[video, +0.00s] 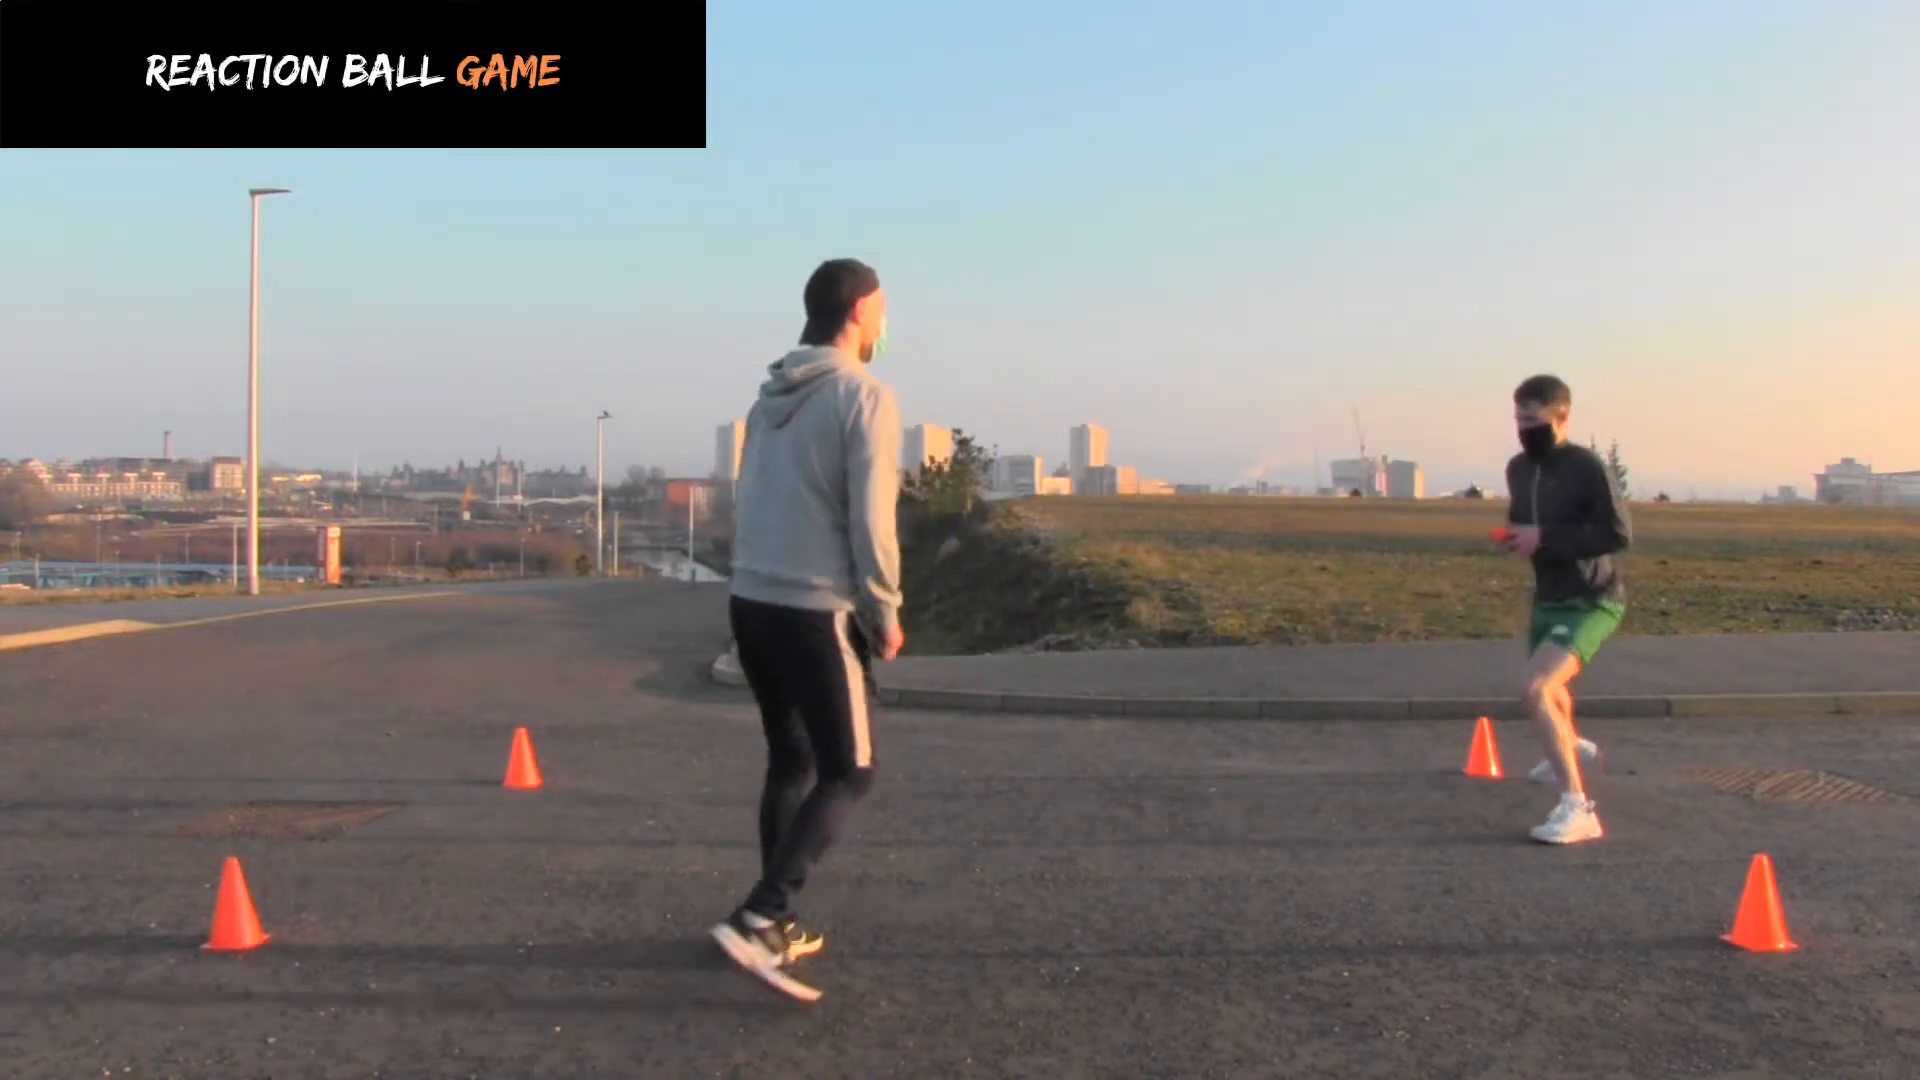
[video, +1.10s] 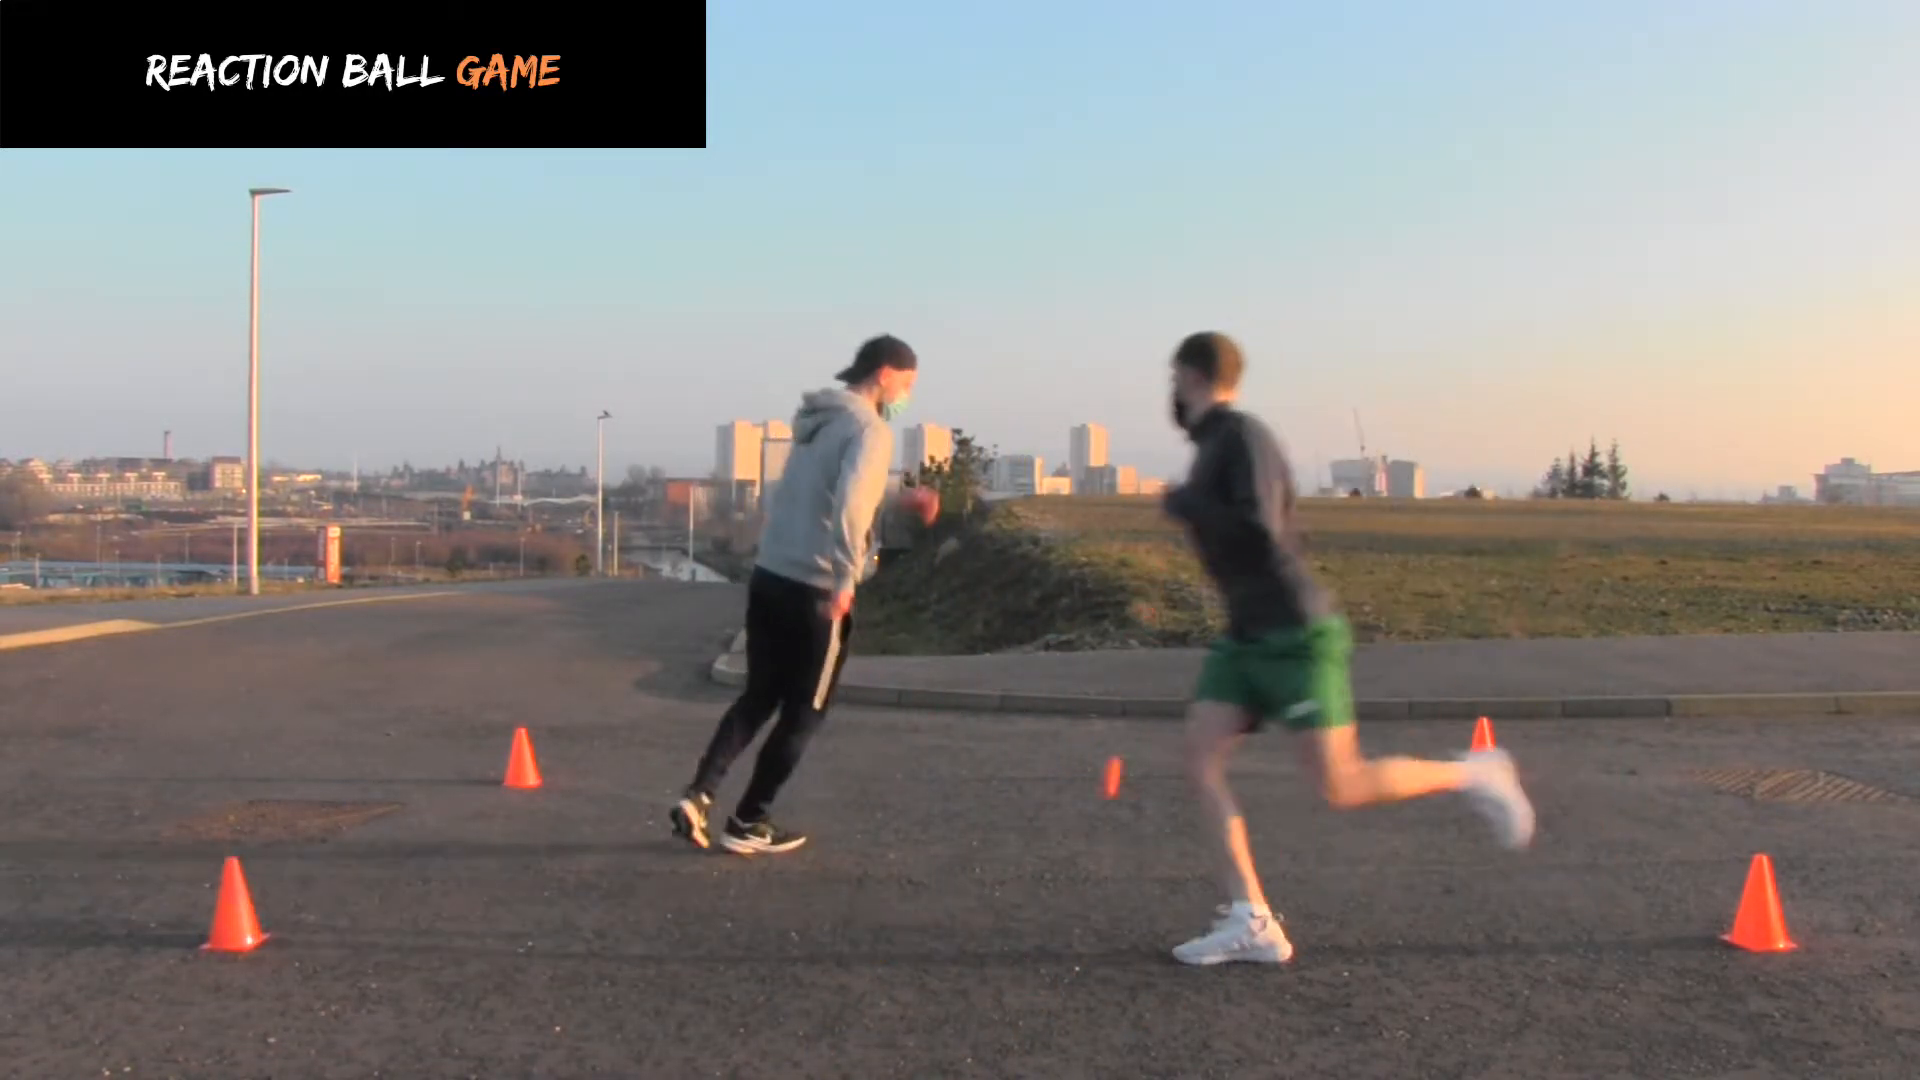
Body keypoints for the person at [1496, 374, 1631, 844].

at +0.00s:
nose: (1526, 431)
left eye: (1536, 422)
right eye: (1521, 421)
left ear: (1563, 417)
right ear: (1516, 418)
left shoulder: (1588, 466)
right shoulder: (1519, 470)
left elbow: (1617, 533)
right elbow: (1525, 524)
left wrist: (1545, 537)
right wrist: (1512, 535)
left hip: (1595, 598)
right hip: (1549, 598)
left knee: (1538, 687)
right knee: (1550, 694)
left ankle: (1577, 804)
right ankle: (1568, 751)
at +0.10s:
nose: (1515, 395)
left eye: (1524, 387)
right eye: (1512, 386)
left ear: (1558, 384)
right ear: (1513, 385)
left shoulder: (1584, 436)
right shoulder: (1526, 437)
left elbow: (1613, 508)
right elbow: (1509, 492)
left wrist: (1538, 514)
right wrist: (1456, 493)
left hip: (1592, 579)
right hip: (1552, 574)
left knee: (1543, 685)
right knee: (1544, 677)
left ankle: (1577, 804)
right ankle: (1591, 751)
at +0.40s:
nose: (1504, 387)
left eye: (1514, 379)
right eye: (1504, 378)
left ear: (1548, 384)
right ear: (1521, 382)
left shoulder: (1574, 443)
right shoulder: (1518, 437)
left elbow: (1616, 512)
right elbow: (1513, 505)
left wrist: (1545, 533)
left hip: (1587, 577)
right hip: (1546, 576)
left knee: (1545, 685)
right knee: (1536, 692)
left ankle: (1596, 816)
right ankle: (1609, 789)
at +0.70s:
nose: (1434, 422)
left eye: (1443, 412)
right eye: (1433, 411)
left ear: (1479, 414)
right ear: (1446, 412)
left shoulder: (1517, 474)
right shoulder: (1443, 476)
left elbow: (1562, 555)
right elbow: (1464, 555)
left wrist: (1476, 562)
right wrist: (1455, 621)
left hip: (1546, 617)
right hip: (1491, 624)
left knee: (1522, 738)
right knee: (1509, 744)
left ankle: (1589, 860)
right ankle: (1588, 769)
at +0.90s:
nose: (1314, 376)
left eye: (1319, 364)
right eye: (1314, 364)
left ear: (1346, 365)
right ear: (1355, 365)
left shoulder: (1389, 420)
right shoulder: (1355, 427)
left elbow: (1394, 513)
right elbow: (1376, 506)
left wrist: (1325, 468)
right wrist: (1335, 471)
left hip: (1454, 602)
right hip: (1399, 603)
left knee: (1494, 736)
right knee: (1355, 720)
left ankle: (1579, 838)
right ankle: (1435, 846)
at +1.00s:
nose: (1258, 363)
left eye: (1262, 351)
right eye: (1258, 352)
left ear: (1286, 351)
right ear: (1300, 351)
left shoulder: (1326, 404)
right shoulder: (1300, 413)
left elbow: (1331, 500)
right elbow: (1318, 491)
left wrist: (1268, 457)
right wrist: (1278, 443)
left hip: (1398, 594)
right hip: (1342, 599)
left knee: (1450, 735)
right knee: (1309, 731)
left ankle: (1557, 808)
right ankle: (1324, 885)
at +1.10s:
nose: (1171, 390)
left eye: (1179, 378)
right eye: (1173, 379)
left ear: (1201, 381)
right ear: (1214, 381)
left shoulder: (1242, 436)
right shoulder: (1207, 449)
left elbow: (1257, 528)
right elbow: (1241, 535)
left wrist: (1184, 504)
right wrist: (1189, 511)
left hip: (1302, 634)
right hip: (1246, 639)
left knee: (1342, 784)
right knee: (1202, 762)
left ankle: (1481, 773)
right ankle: (1253, 919)